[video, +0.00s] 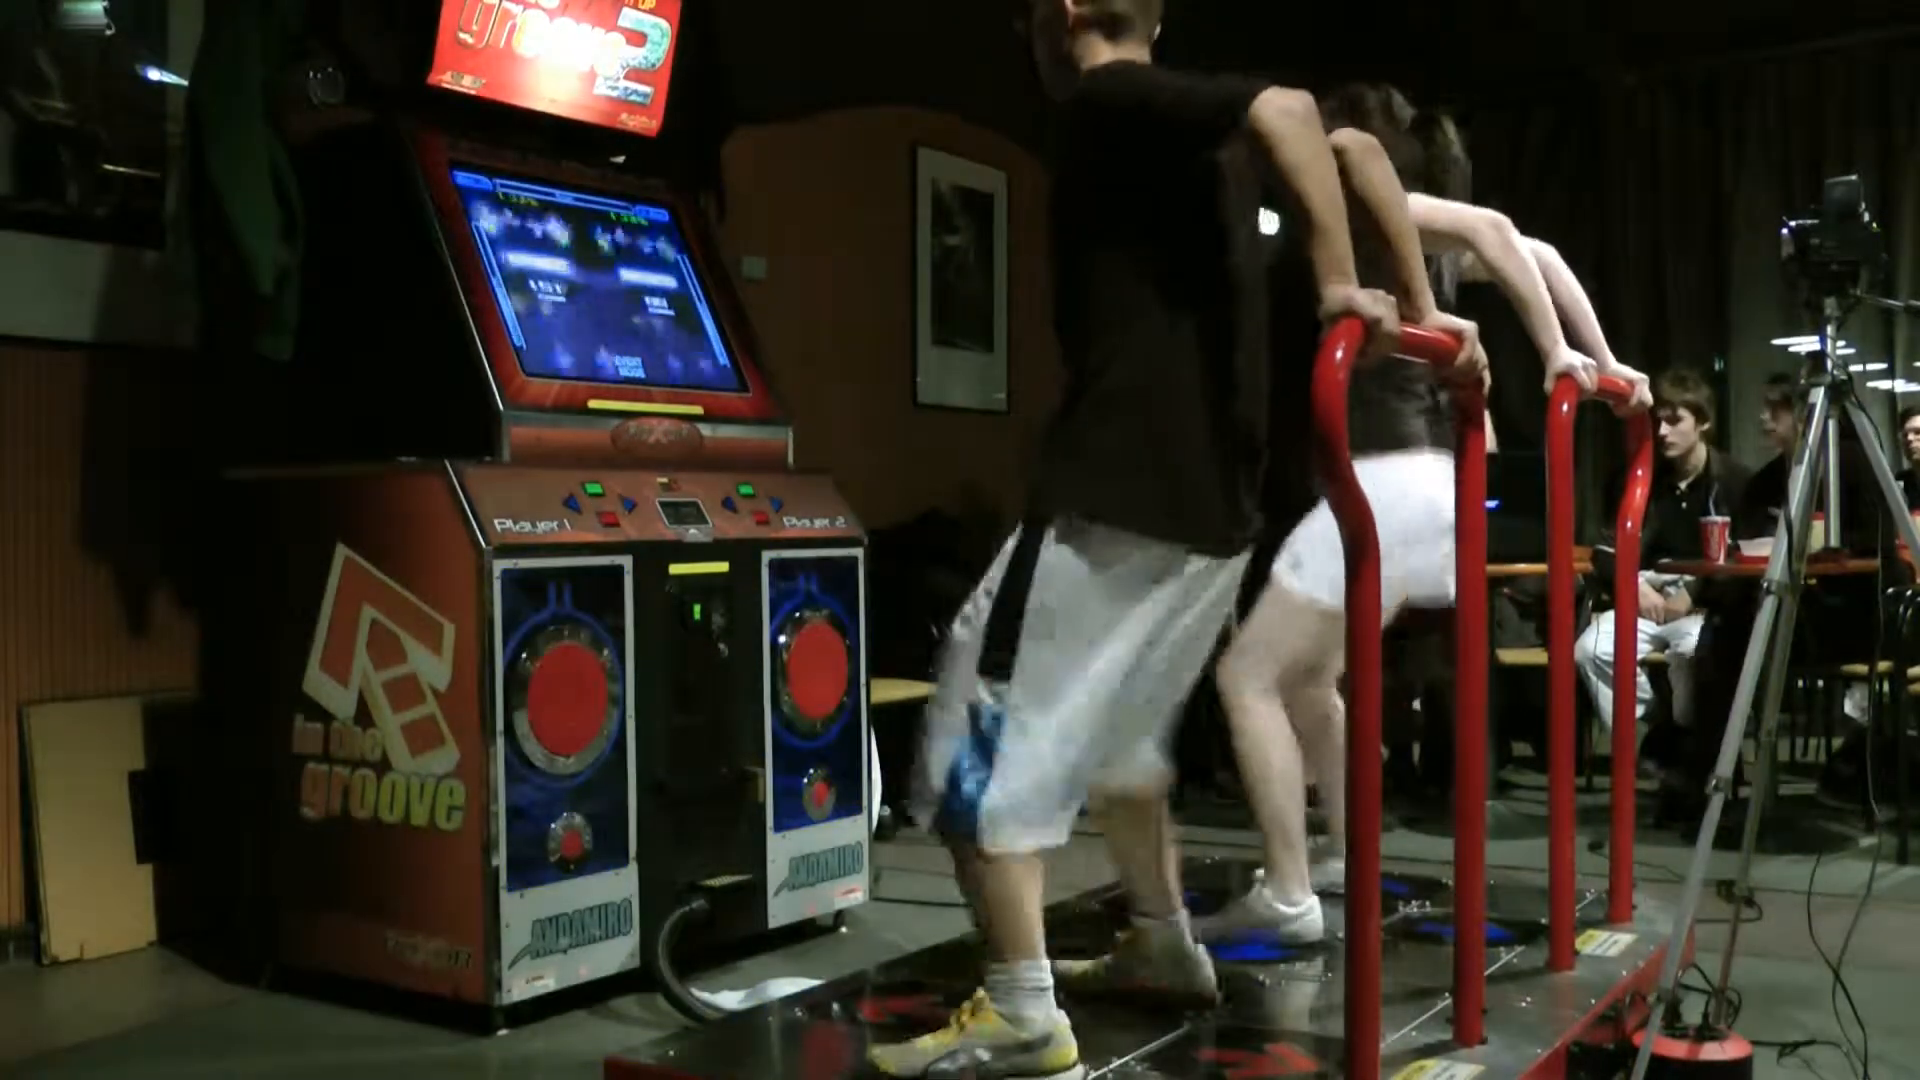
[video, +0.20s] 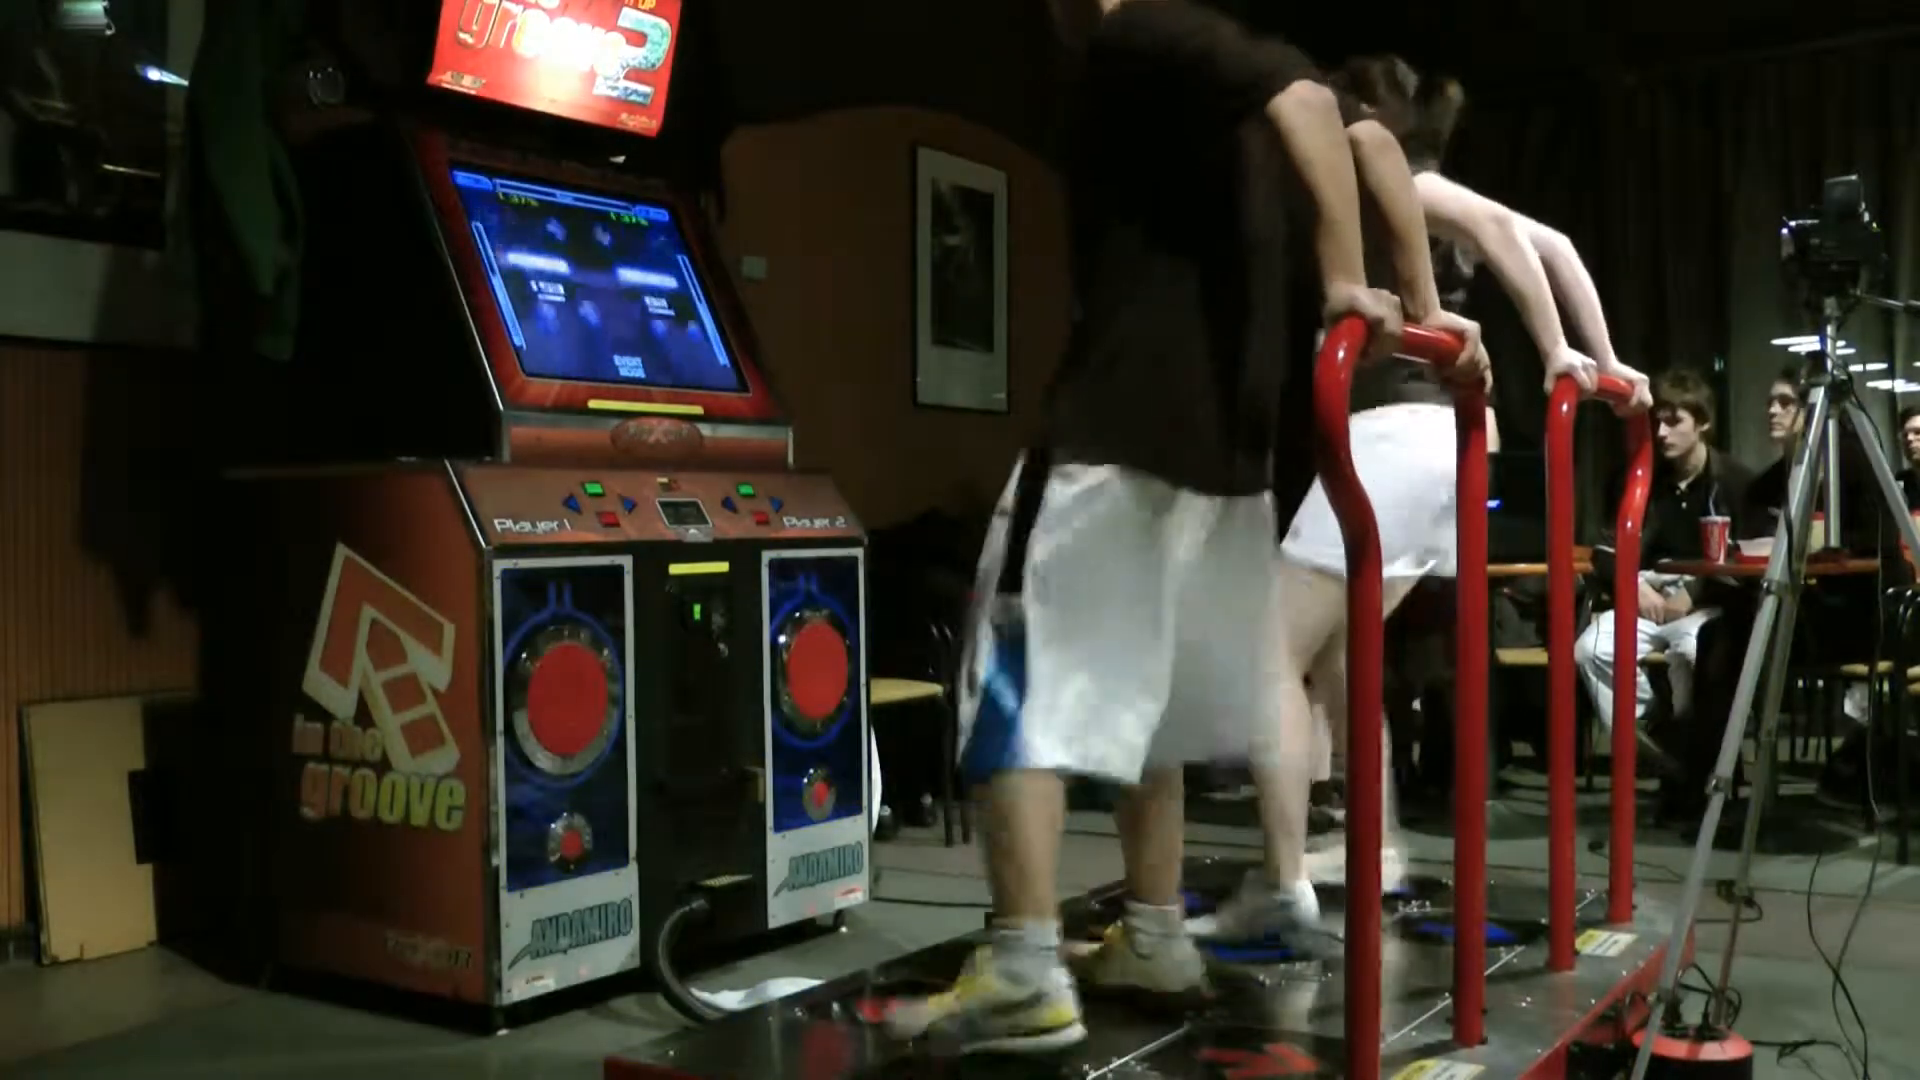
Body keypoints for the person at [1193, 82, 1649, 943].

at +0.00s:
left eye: (1324, 141)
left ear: (1344, 143)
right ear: (1403, 147)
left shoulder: (1355, 209)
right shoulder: (1410, 216)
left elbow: (1489, 230)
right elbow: (1541, 251)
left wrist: (1558, 353)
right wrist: (1605, 361)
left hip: (1381, 483)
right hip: (1433, 481)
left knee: (1246, 677)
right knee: (1308, 679)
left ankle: (1289, 895)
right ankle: (1348, 862)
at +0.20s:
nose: (1329, 126)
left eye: (1336, 113)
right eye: (1332, 114)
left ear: (1362, 118)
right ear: (1416, 125)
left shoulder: (1377, 180)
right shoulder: (1421, 191)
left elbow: (1498, 230)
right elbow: (1554, 242)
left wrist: (1554, 354)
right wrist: (1606, 358)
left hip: (1387, 435)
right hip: (1444, 440)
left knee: (1273, 654)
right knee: (1339, 662)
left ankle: (1284, 888)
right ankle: (1382, 858)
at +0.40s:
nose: (1345, 148)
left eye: (1350, 133)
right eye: (1346, 136)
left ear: (1370, 135)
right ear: (1428, 137)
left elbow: (1495, 229)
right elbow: (1561, 242)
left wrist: (1553, 352)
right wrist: (1607, 359)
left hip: (1393, 459)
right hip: (1453, 466)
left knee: (1287, 665)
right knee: (1351, 678)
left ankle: (1295, 895)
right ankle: (1422, 859)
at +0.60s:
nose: (1329, 172)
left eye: (1345, 153)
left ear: (1366, 155)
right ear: (1419, 159)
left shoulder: (1378, 221)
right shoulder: (1408, 227)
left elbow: (1488, 231)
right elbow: (1542, 250)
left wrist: (1555, 355)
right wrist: (1602, 359)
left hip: (1403, 487)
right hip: (1423, 486)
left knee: (1308, 696)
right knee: (1327, 689)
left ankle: (1413, 878)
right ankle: (1371, 861)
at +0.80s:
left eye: (1346, 121)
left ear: (1362, 122)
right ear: (1409, 128)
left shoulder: (1377, 178)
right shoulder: (1402, 190)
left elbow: (1499, 223)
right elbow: (1549, 248)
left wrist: (1556, 353)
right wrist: (1605, 359)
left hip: (1404, 446)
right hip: (1430, 448)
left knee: (1280, 652)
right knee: (1324, 660)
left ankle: (1371, 844)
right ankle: (1357, 849)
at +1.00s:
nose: (1329, 156)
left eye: (1337, 140)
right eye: (1336, 143)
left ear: (1359, 136)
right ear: (1418, 138)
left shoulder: (1369, 195)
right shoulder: (1423, 205)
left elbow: (1499, 228)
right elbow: (1555, 247)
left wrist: (1556, 355)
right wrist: (1608, 361)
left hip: (1394, 466)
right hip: (1437, 470)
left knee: (1275, 669)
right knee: (1333, 678)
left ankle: (1310, 893)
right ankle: (1366, 868)